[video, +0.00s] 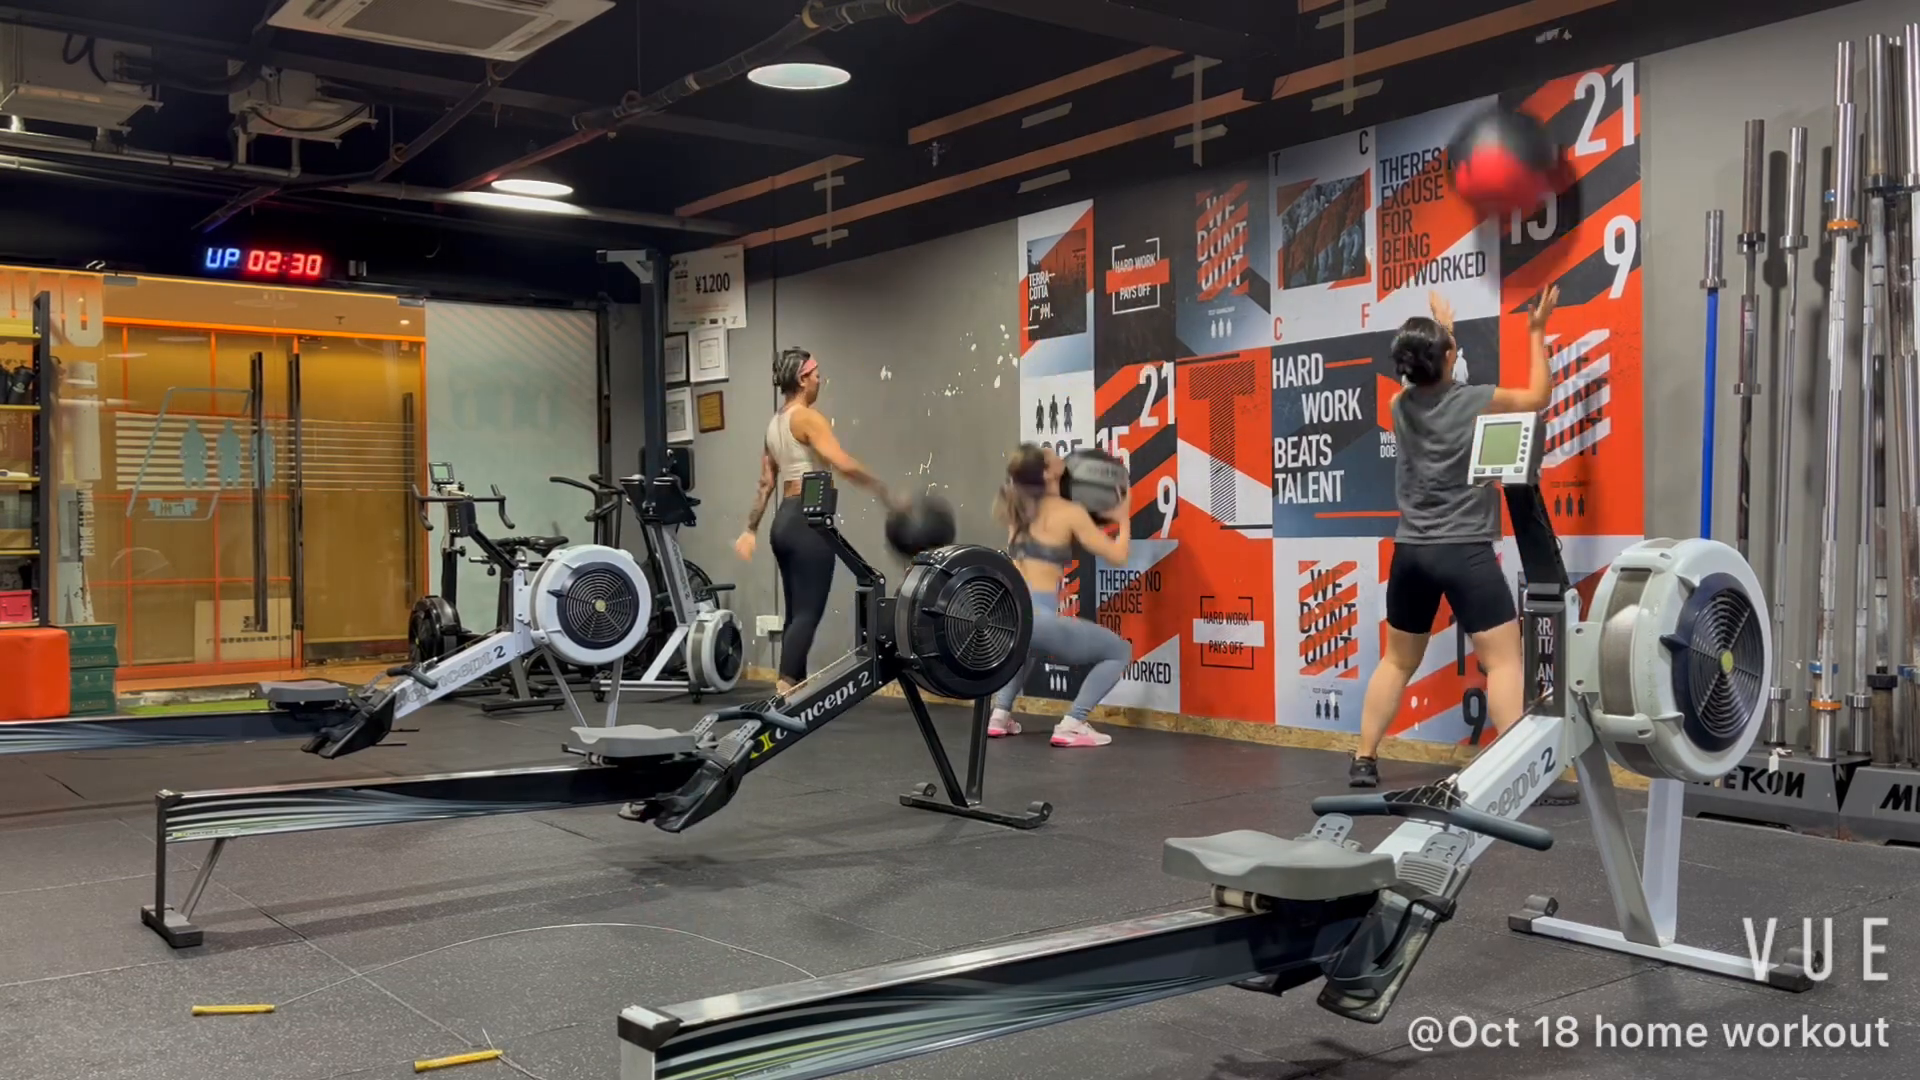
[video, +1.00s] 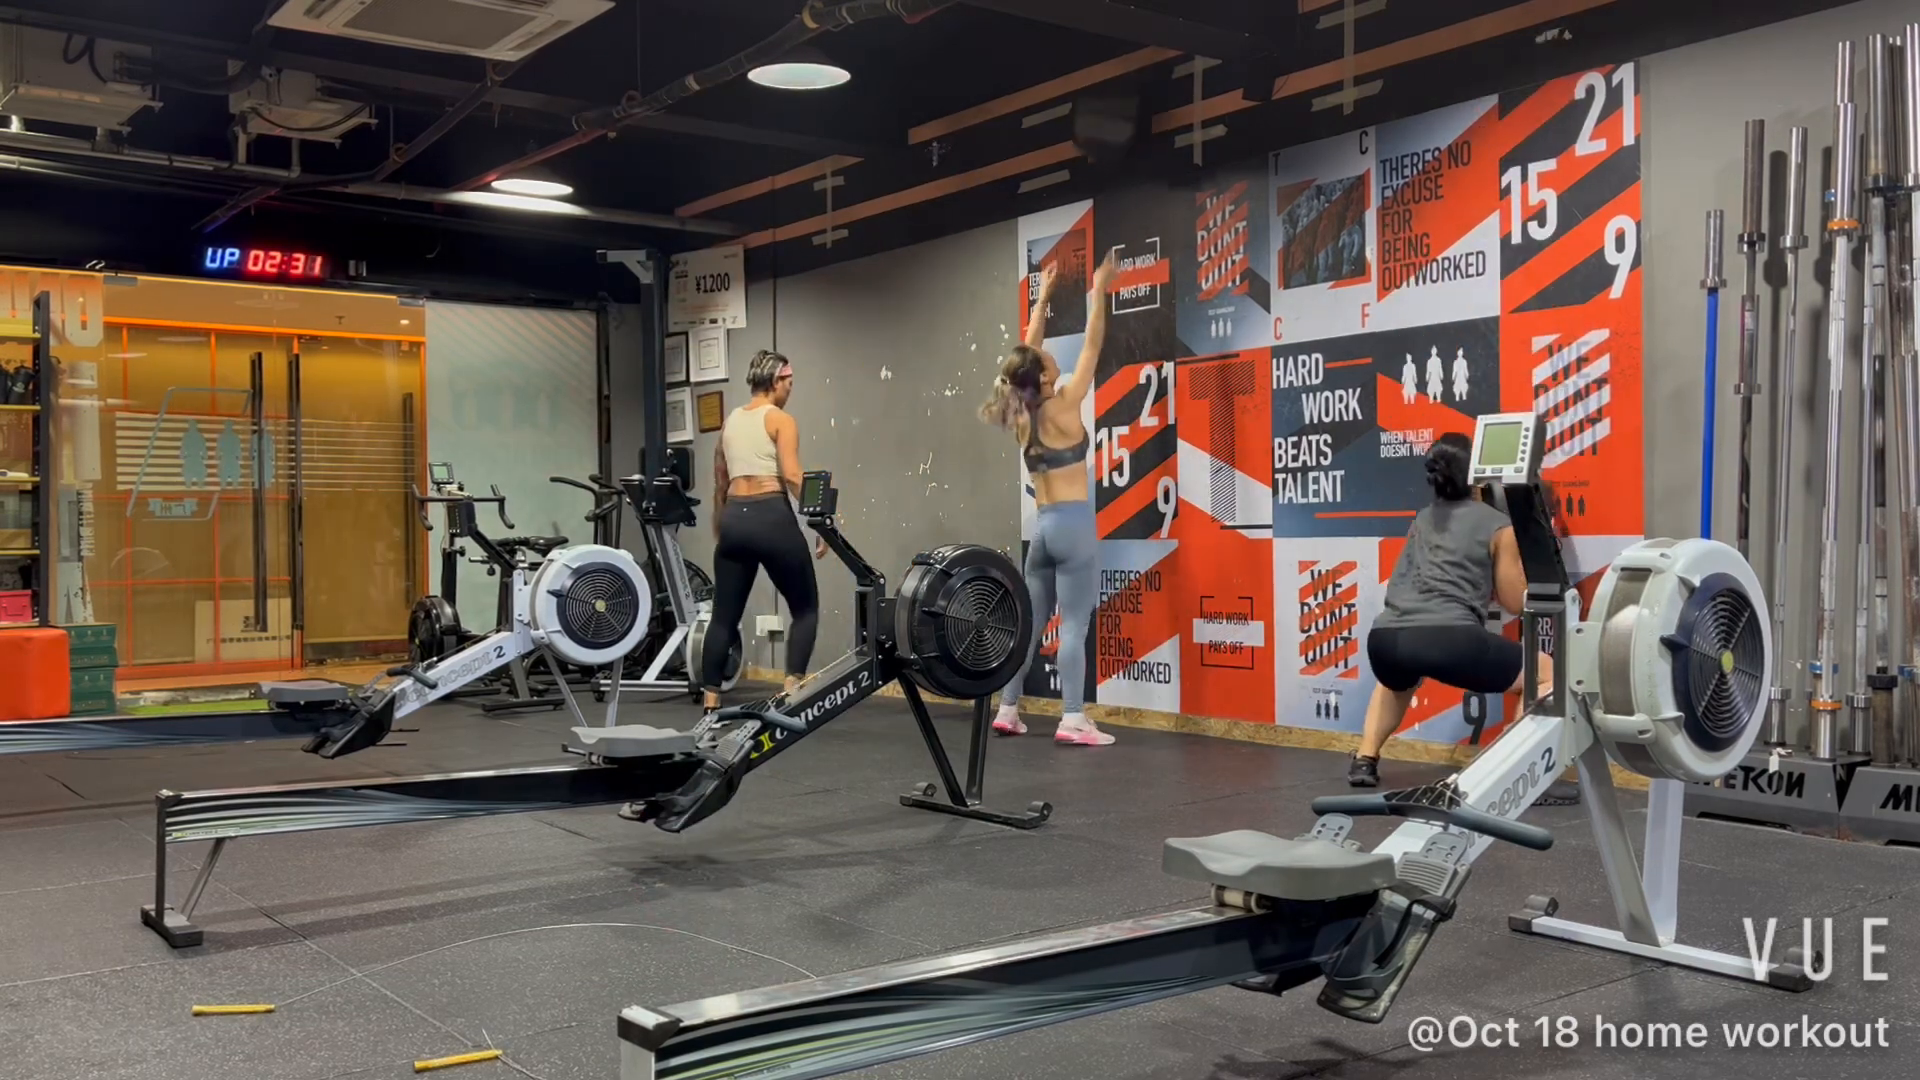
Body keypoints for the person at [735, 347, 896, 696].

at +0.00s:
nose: (820, 379)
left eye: (817, 372)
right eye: (815, 374)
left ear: (790, 381)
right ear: (802, 380)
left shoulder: (775, 425)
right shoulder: (809, 417)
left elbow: (766, 483)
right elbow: (845, 467)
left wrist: (750, 529)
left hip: (785, 520)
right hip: (808, 520)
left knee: (797, 612)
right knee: (808, 613)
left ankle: (798, 692)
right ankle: (784, 694)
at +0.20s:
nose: (826, 382)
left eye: (825, 375)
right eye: (823, 376)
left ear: (792, 380)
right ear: (813, 380)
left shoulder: (771, 421)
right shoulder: (817, 422)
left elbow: (753, 477)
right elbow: (815, 481)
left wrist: (735, 523)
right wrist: (827, 538)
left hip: (769, 519)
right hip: (800, 520)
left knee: (788, 616)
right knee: (790, 619)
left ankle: (797, 692)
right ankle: (778, 699)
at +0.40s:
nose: (823, 381)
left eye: (822, 374)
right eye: (821, 374)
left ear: (786, 375)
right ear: (812, 376)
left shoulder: (766, 415)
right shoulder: (813, 417)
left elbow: (753, 476)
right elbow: (816, 478)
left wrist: (746, 521)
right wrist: (832, 535)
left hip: (760, 511)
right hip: (793, 513)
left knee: (762, 608)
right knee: (786, 616)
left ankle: (749, 682)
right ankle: (777, 698)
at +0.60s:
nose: (812, 378)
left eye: (811, 371)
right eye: (810, 371)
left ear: (776, 375)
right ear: (799, 374)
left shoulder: (756, 415)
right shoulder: (802, 417)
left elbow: (755, 472)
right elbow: (818, 477)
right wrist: (848, 525)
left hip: (752, 513)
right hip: (787, 518)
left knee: (743, 608)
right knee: (784, 616)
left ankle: (705, 683)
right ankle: (777, 698)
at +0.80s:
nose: (799, 381)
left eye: (798, 374)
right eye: (796, 374)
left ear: (764, 377)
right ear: (783, 377)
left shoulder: (740, 417)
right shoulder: (789, 419)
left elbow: (736, 476)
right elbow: (806, 481)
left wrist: (760, 500)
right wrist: (844, 523)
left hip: (741, 519)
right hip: (781, 519)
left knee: (732, 616)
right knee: (782, 618)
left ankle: (713, 703)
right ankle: (777, 702)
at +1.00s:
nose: (790, 387)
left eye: (790, 380)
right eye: (788, 380)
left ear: (754, 382)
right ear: (775, 381)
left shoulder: (731, 423)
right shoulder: (781, 420)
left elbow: (722, 482)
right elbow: (792, 476)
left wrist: (721, 528)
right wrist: (823, 520)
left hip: (733, 517)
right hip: (773, 517)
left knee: (723, 618)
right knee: (805, 609)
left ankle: (710, 705)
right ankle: (792, 688)